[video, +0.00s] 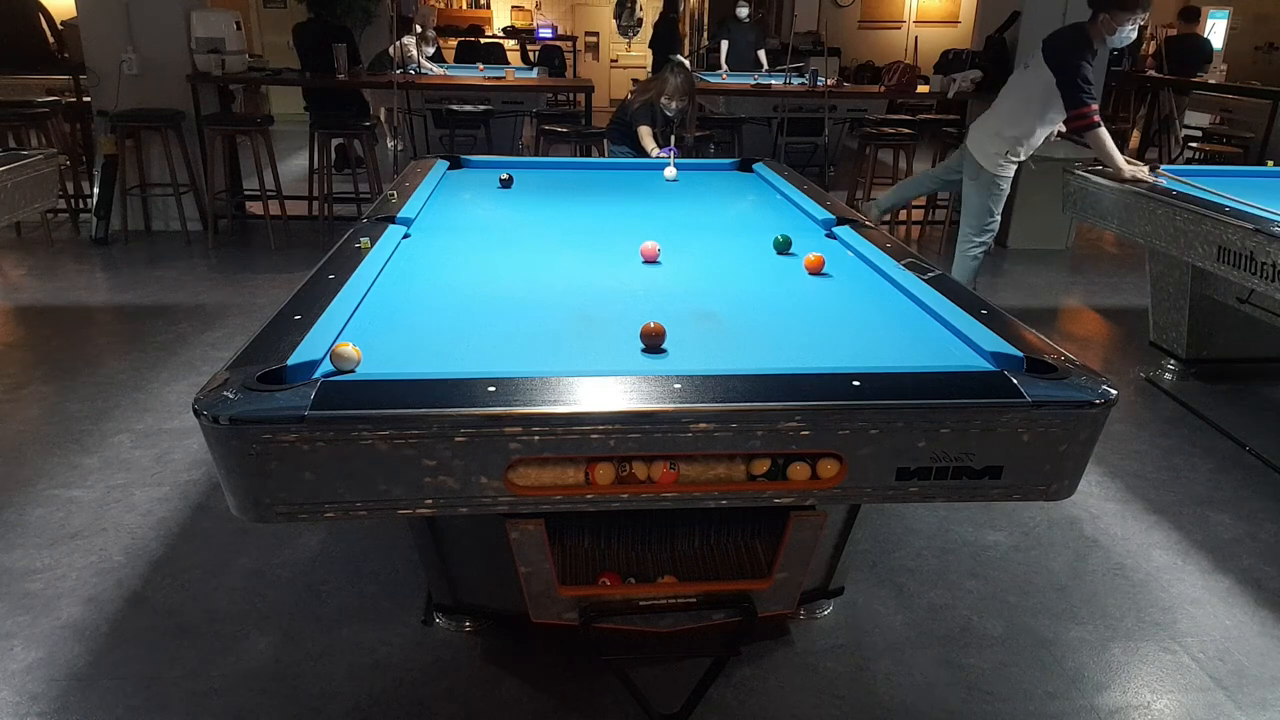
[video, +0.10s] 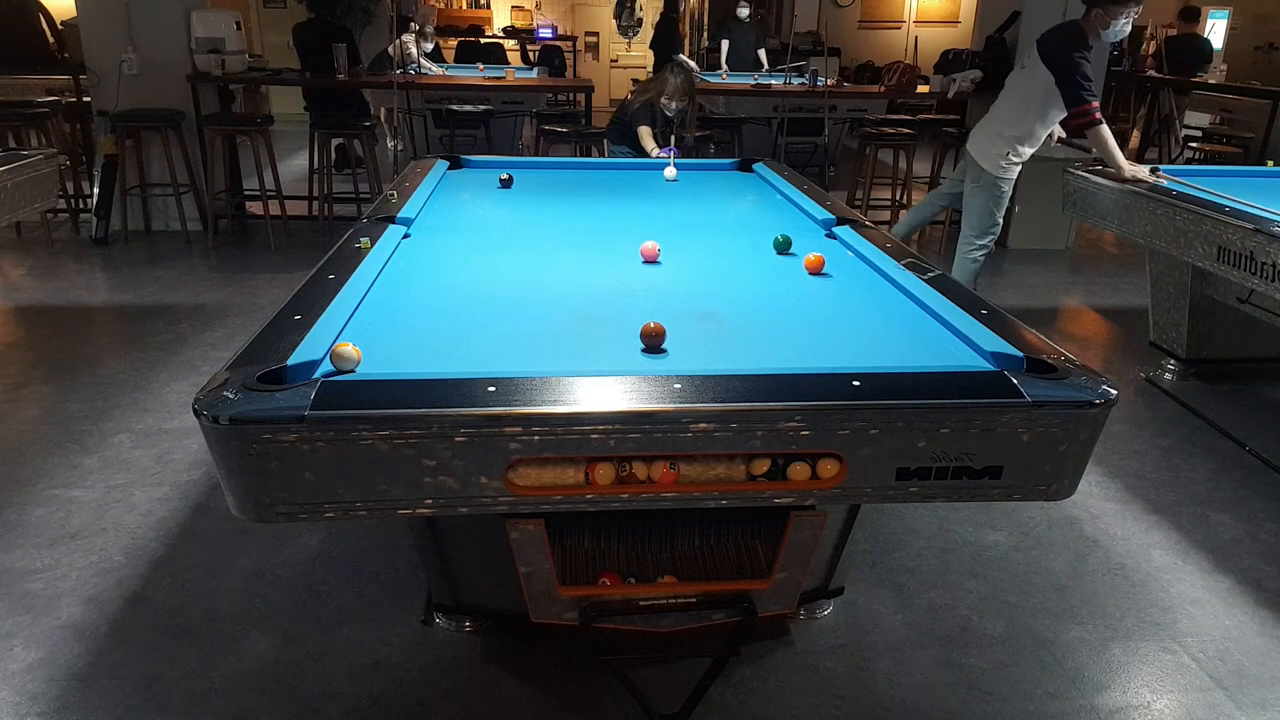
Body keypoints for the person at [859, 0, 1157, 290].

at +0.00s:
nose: (1129, 29)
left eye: (1133, 23)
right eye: (1127, 21)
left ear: (1103, 18)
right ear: (1105, 17)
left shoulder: (1072, 37)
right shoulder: (1077, 50)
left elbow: (1040, 86)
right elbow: (1087, 117)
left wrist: (1055, 121)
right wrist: (1122, 168)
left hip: (983, 135)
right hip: (996, 154)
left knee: (935, 179)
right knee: (976, 239)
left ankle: (871, 211)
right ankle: (954, 309)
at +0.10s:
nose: (1127, 23)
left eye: (1131, 16)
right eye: (1123, 15)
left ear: (1094, 13)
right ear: (1097, 13)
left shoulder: (1063, 34)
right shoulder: (1073, 48)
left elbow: (1031, 80)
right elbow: (1090, 117)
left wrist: (1048, 122)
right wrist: (1122, 167)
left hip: (982, 142)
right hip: (997, 159)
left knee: (941, 198)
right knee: (978, 240)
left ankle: (887, 241)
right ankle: (956, 310)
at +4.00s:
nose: (1004, 5)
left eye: (1008, 3)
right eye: (1000, 1)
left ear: (1010, 9)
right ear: (985, 2)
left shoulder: (1011, 50)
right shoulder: (944, 38)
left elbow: (1008, 111)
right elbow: (927, 99)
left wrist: (1010, 154)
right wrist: (918, 146)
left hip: (976, 160)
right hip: (934, 155)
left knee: (952, 238)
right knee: (924, 233)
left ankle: (930, 302)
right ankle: (911, 296)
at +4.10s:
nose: (1007, 6)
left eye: (1012, 2)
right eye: (1001, 1)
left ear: (1016, 8)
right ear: (984, 2)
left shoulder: (1014, 53)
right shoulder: (945, 40)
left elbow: (1010, 114)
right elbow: (922, 99)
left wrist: (1009, 159)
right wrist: (908, 145)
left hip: (978, 163)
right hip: (933, 158)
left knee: (953, 242)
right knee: (922, 236)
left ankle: (929, 302)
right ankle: (906, 300)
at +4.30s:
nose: (1007, 4)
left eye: (1012, 1)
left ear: (1018, 7)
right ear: (985, 2)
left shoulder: (1018, 53)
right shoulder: (947, 42)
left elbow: (1014, 114)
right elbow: (921, 102)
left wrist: (1010, 158)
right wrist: (903, 149)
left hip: (981, 167)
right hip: (937, 159)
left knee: (956, 243)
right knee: (925, 236)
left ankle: (935, 301)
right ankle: (900, 302)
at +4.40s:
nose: (1011, 7)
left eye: (1014, 3)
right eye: (1003, 2)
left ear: (1017, 7)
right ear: (986, 3)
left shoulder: (1019, 54)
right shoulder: (947, 46)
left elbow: (1014, 113)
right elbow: (925, 107)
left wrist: (1012, 158)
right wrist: (911, 155)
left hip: (983, 167)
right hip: (941, 158)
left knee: (957, 242)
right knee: (929, 236)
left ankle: (935, 300)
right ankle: (904, 300)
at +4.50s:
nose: (1014, 7)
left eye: (1017, 3)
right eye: (1007, 2)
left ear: (1018, 9)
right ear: (989, 4)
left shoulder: (1018, 55)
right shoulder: (946, 52)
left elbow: (1015, 114)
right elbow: (929, 114)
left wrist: (1016, 159)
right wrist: (919, 164)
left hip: (983, 171)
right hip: (943, 167)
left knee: (956, 247)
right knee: (932, 249)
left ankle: (936, 306)